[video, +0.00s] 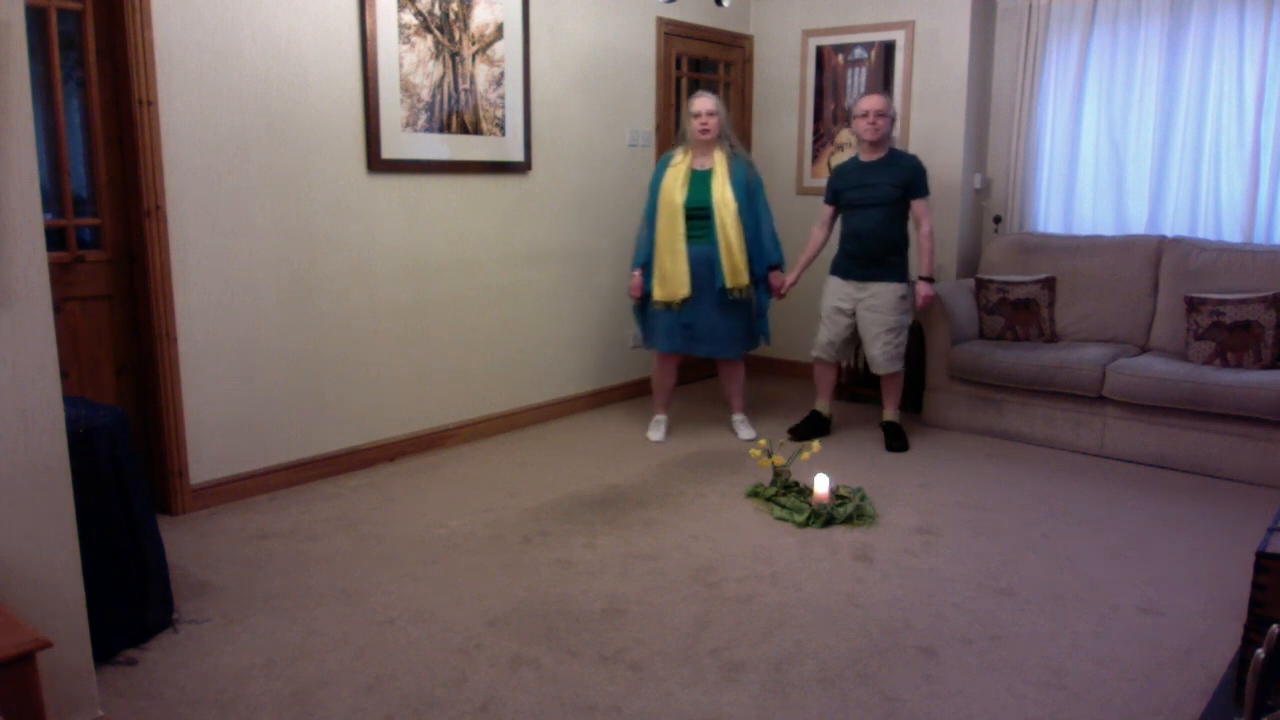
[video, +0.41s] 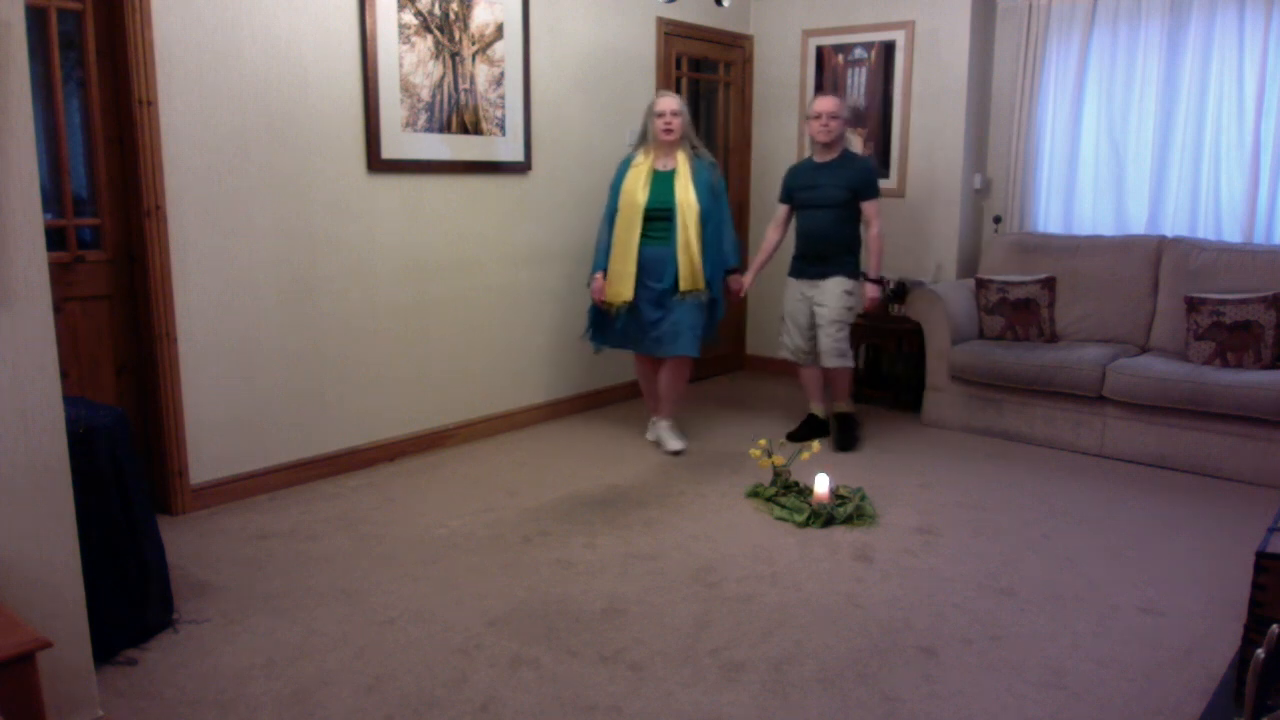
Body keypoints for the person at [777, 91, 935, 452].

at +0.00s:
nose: (872, 121)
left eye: (880, 115)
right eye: (864, 116)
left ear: (892, 122)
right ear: (853, 124)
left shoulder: (908, 167)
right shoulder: (841, 173)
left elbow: (923, 223)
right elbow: (822, 228)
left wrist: (925, 277)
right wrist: (794, 273)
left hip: (888, 282)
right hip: (843, 279)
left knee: (887, 357)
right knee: (825, 348)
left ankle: (891, 420)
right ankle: (820, 414)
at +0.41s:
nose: (824, 124)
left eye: (832, 118)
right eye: (817, 118)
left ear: (845, 125)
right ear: (807, 124)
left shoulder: (860, 170)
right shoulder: (796, 173)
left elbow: (873, 225)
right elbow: (777, 228)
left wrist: (873, 279)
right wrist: (750, 273)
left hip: (840, 277)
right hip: (800, 276)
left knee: (832, 347)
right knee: (803, 350)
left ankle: (842, 414)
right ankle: (815, 416)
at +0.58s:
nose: (808, 122)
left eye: (817, 116)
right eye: (801, 116)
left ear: (831, 123)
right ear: (791, 122)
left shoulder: (845, 168)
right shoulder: (781, 174)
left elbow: (858, 224)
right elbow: (764, 228)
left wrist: (859, 277)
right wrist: (740, 274)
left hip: (828, 273)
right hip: (791, 273)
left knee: (804, 348)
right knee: (799, 349)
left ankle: (786, 425)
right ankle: (817, 417)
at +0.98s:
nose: (782, 122)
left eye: (790, 116)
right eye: (775, 116)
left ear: (802, 124)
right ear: (764, 123)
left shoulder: (817, 172)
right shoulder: (749, 175)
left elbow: (827, 231)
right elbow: (731, 230)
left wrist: (825, 286)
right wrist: (715, 275)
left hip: (792, 285)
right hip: (750, 284)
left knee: (778, 361)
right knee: (751, 360)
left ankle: (763, 428)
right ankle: (789, 398)